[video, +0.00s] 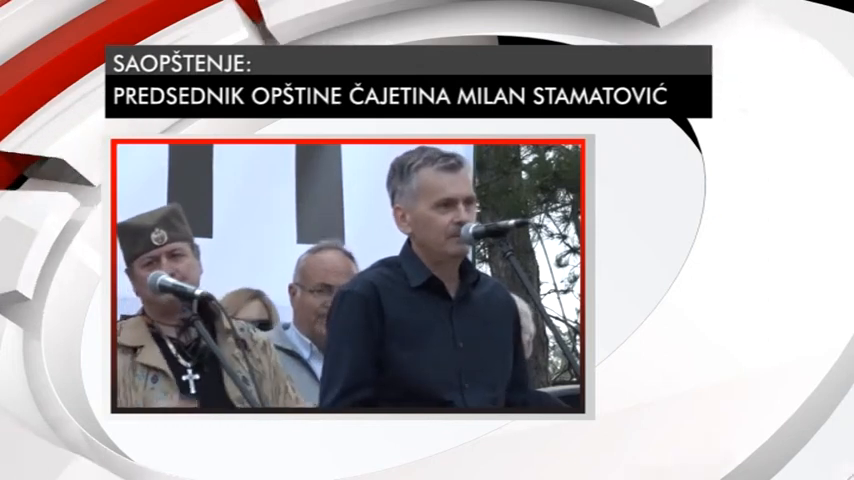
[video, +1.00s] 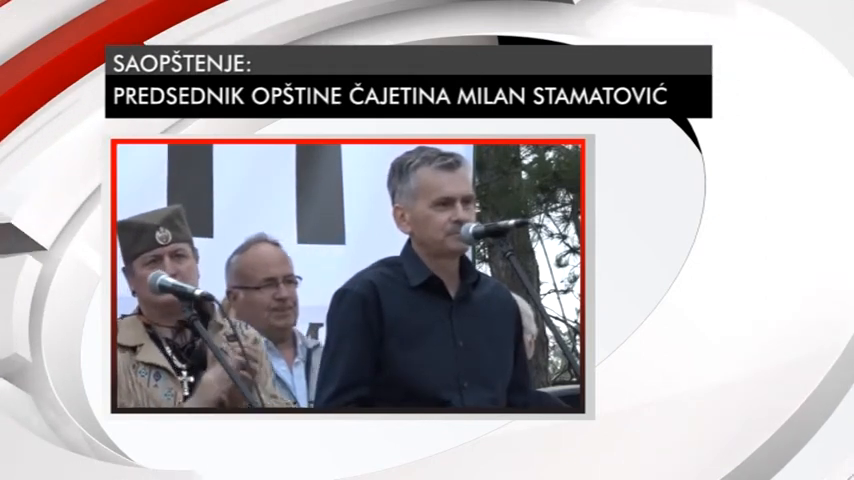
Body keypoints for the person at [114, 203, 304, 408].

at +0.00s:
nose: (167, 269)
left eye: (177, 255)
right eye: (150, 262)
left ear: (199, 266)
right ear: (133, 282)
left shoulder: (253, 344)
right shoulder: (116, 354)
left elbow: (295, 417)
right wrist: (164, 414)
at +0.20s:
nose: (167, 270)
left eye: (177, 256)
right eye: (151, 263)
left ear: (200, 267)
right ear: (133, 282)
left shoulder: (249, 341)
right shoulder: (116, 352)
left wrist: (282, 403)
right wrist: (175, 406)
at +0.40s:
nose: (163, 271)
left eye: (173, 258)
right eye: (146, 264)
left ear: (195, 267)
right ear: (127, 282)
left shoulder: (242, 341)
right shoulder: (114, 352)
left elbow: (279, 417)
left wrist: (239, 400)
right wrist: (196, 401)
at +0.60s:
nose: (160, 272)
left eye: (171, 259)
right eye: (144, 265)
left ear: (191, 268)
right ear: (124, 281)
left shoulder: (236, 340)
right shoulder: (111, 352)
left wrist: (240, 387)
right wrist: (196, 410)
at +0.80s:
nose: (163, 270)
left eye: (174, 257)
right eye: (147, 263)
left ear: (193, 265)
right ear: (126, 281)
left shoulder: (237, 338)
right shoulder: (111, 351)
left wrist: (240, 401)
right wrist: (179, 409)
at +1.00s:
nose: (169, 270)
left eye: (179, 256)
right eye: (153, 261)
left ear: (197, 266)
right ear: (130, 281)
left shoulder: (244, 337)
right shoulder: (116, 351)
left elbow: (283, 412)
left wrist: (245, 400)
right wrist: (208, 392)